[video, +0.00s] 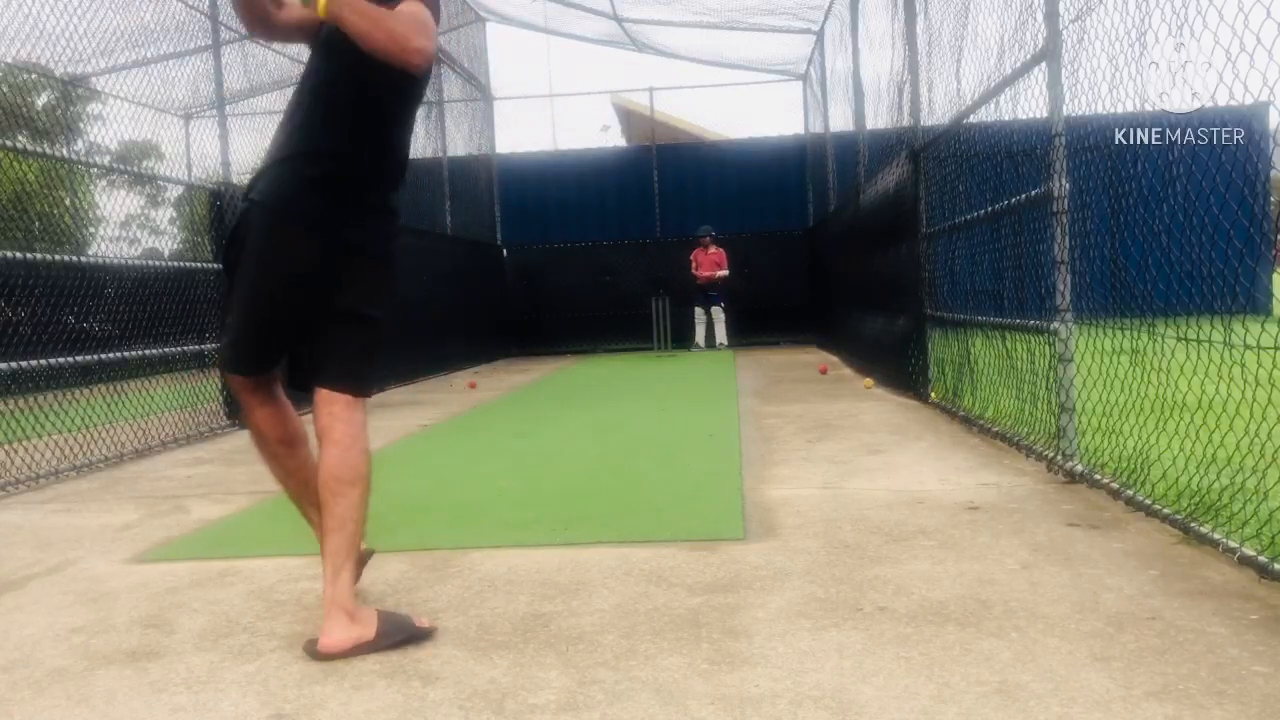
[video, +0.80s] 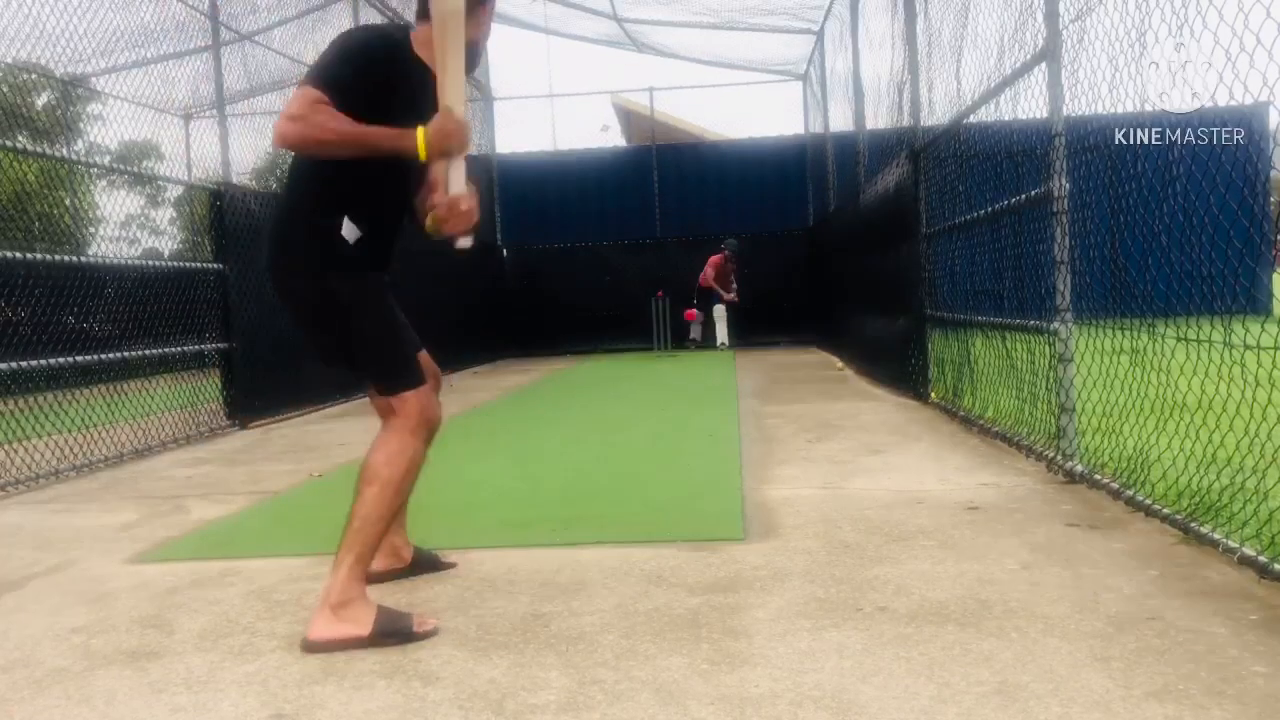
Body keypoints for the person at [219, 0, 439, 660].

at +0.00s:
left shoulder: (411, 8)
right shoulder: (342, 12)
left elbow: (417, 49)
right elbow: (263, 18)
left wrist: (330, 1)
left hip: (294, 210)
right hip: (357, 218)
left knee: (249, 377)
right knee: (342, 396)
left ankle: (338, 541)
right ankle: (342, 612)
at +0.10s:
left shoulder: (382, 4)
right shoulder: (383, 13)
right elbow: (294, 84)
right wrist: (234, 39)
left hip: (291, 217)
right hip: (364, 223)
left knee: (268, 379)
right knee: (349, 401)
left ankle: (349, 547)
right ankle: (343, 613)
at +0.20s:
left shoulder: (347, 4)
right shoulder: (415, 22)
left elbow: (292, 88)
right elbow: (348, 121)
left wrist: (207, 107)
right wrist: (237, 95)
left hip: (299, 222)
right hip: (382, 223)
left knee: (286, 384)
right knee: (356, 400)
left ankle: (352, 549)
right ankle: (343, 613)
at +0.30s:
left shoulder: (297, 5)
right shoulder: (432, 32)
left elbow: (228, 110)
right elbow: (391, 139)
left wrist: (211, 170)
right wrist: (276, 149)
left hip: (290, 230)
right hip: (381, 234)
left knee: (307, 392)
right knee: (365, 408)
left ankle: (359, 555)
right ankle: (343, 613)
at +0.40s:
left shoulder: (274, 3)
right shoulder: (429, 24)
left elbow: (212, 121)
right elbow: (435, 159)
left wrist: (232, 196)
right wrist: (374, 154)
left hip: (292, 226)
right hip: (380, 233)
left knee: (326, 398)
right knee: (377, 414)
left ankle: (364, 561)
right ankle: (342, 615)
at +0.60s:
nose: (482, 52)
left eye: (486, 39)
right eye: (484, 36)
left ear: (440, 23)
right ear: (468, 25)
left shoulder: (429, 86)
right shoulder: (394, 57)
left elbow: (420, 192)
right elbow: (316, 125)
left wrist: (442, 250)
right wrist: (408, 200)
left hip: (351, 250)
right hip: (320, 249)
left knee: (423, 377)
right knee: (396, 402)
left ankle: (398, 543)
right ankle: (341, 607)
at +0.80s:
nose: (485, 31)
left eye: (488, 19)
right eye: (480, 15)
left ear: (470, 19)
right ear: (446, 12)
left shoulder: (436, 91)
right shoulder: (367, 48)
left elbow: (422, 190)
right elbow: (292, 127)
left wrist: (446, 211)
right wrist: (416, 139)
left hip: (353, 260)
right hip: (314, 258)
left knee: (422, 380)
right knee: (414, 411)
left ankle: (390, 546)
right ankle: (341, 605)